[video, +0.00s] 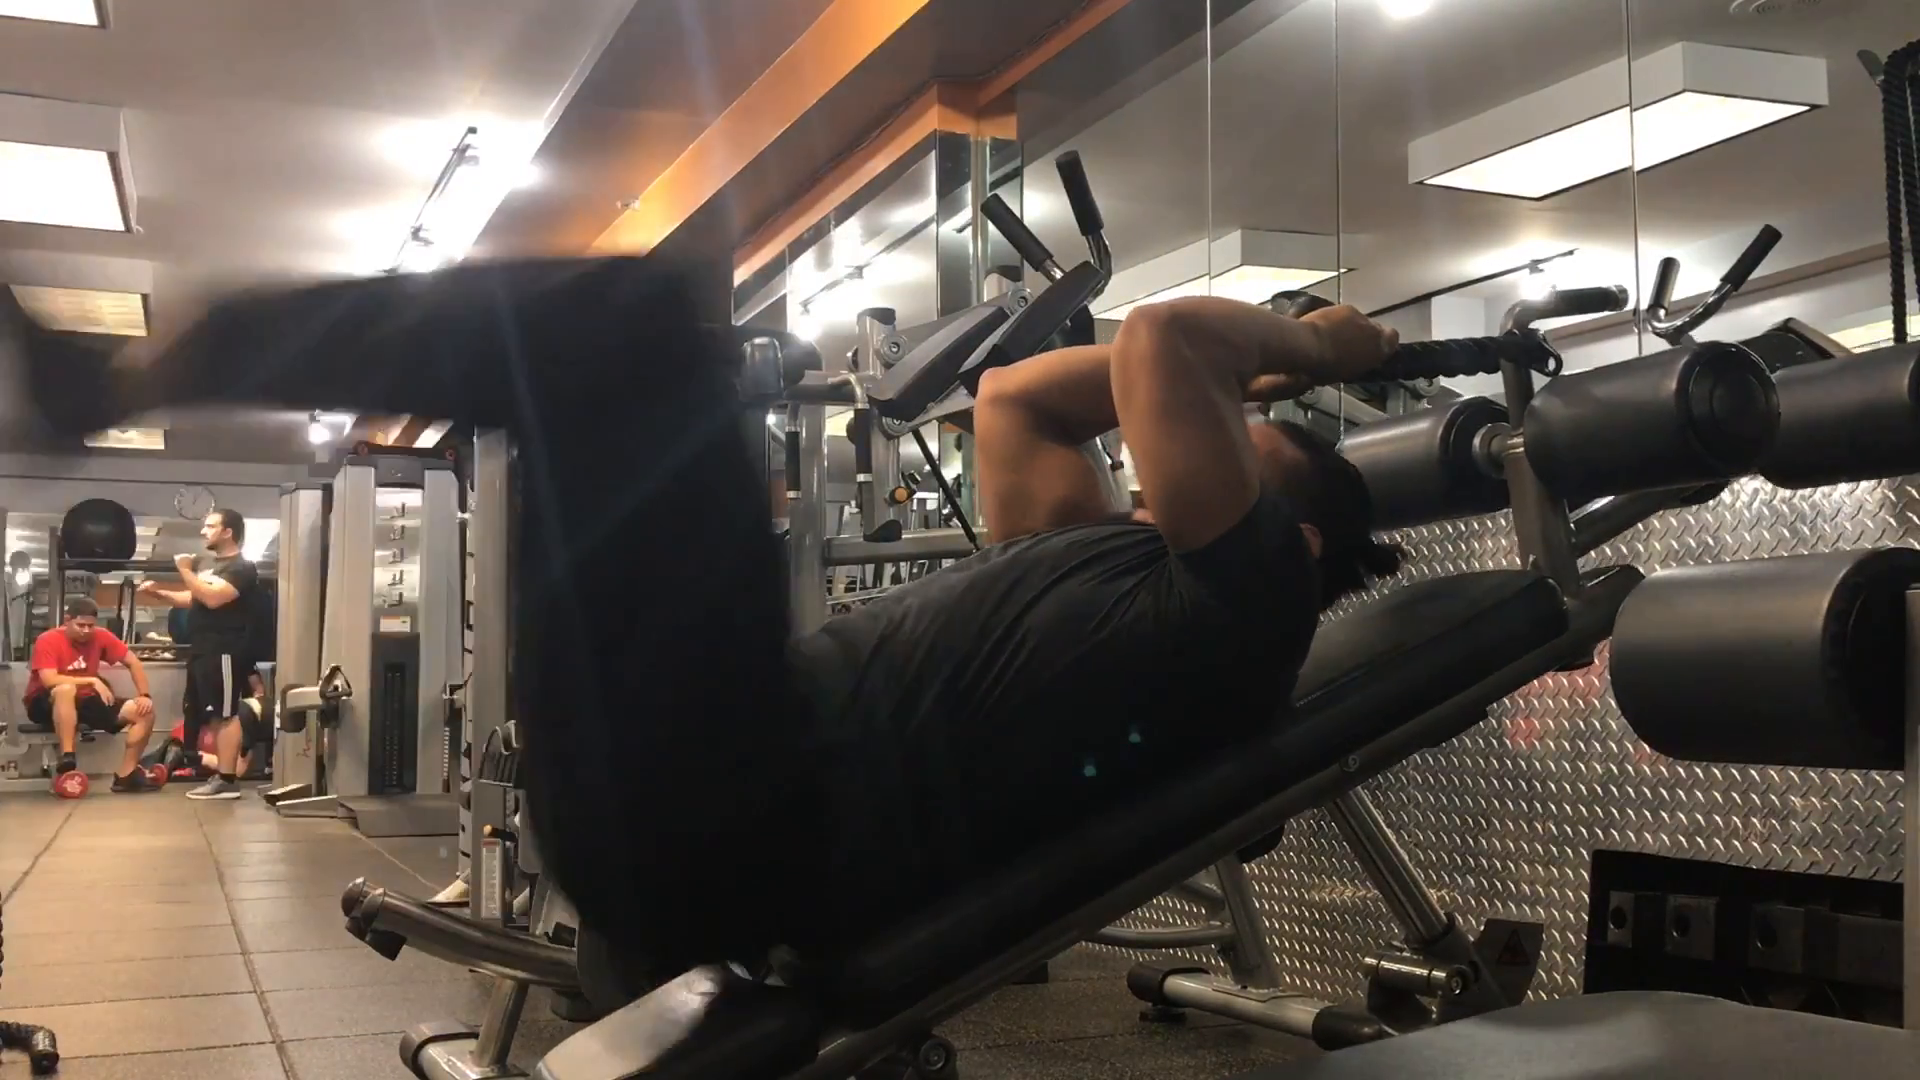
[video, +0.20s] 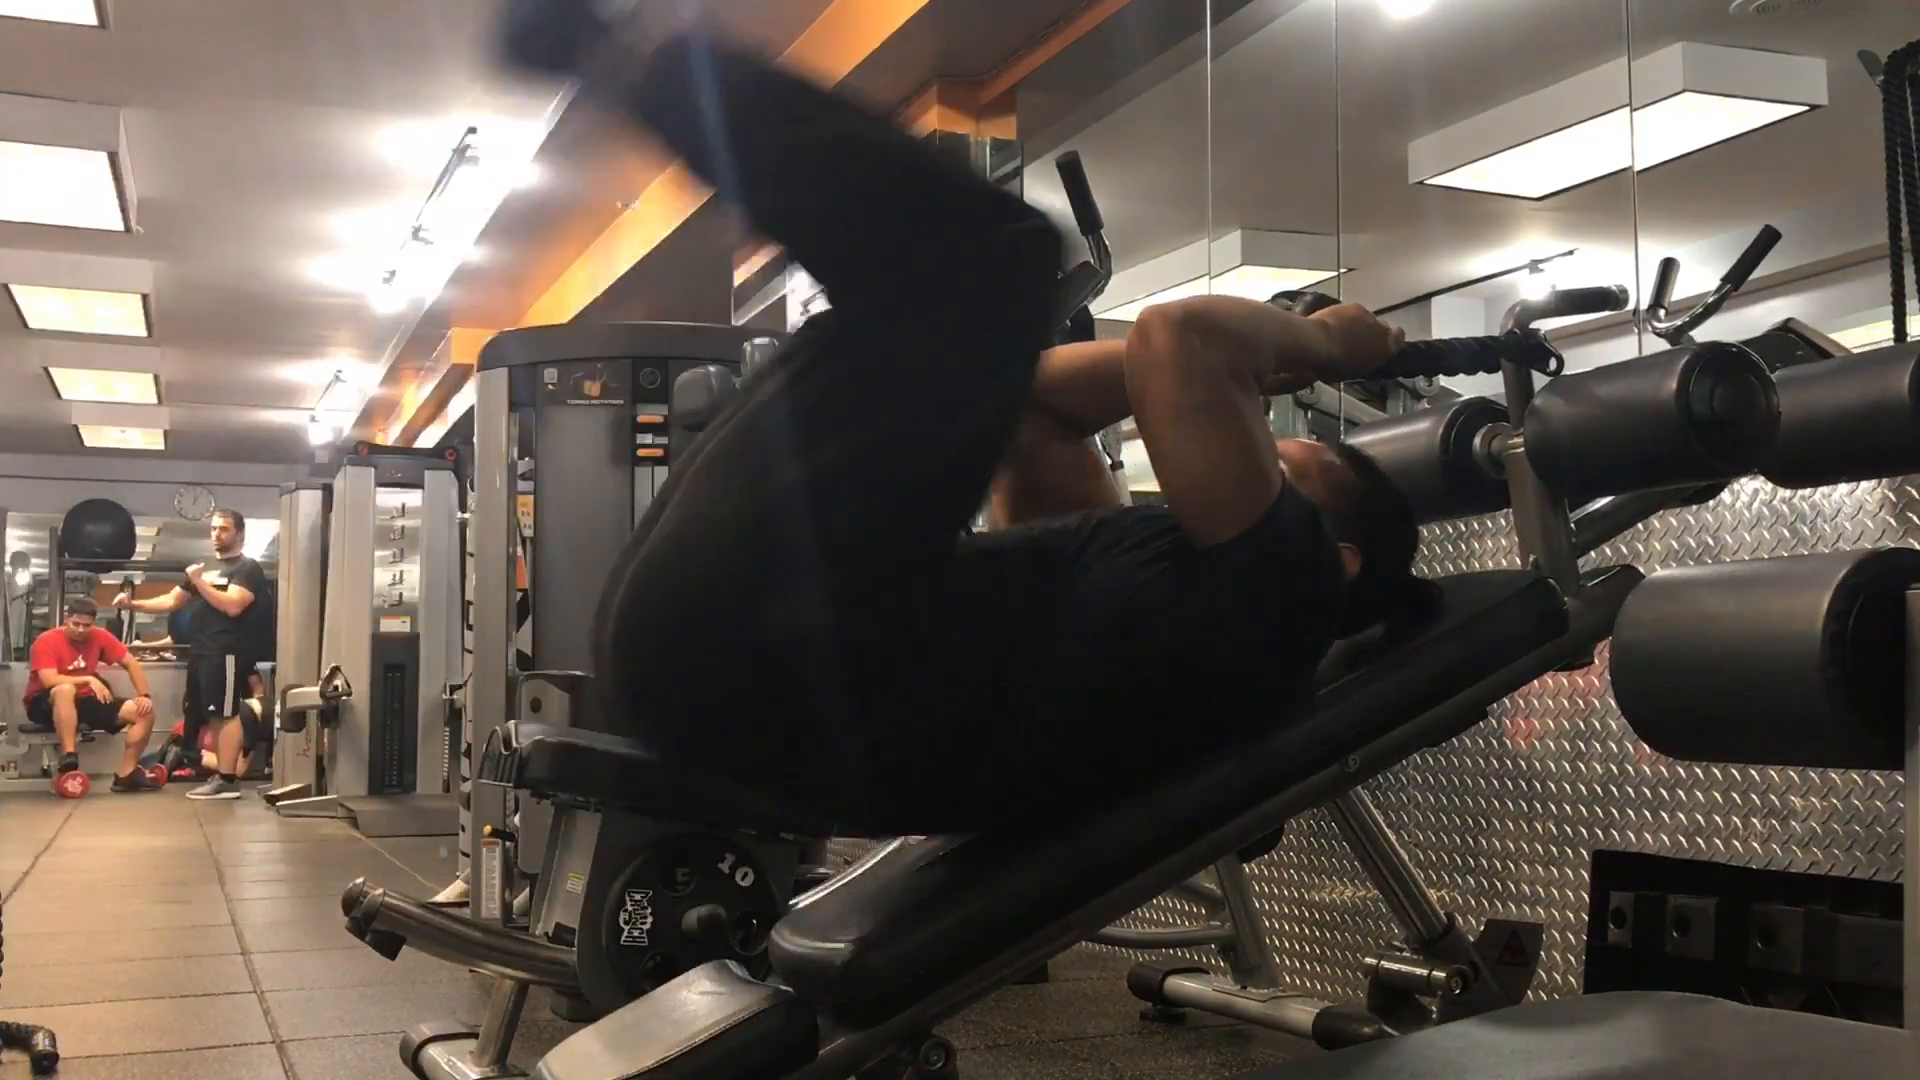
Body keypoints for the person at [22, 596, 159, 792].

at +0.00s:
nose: (85, 631)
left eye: (90, 626)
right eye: (80, 625)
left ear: (95, 623)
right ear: (67, 620)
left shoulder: (100, 636)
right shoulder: (48, 640)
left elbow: (133, 662)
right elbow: (49, 680)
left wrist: (144, 695)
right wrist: (93, 680)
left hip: (85, 704)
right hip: (45, 705)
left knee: (144, 711)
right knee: (65, 689)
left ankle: (126, 775)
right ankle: (68, 758)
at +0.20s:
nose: (80, 630)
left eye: (86, 625)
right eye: (76, 624)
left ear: (93, 623)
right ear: (66, 619)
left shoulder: (99, 636)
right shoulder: (47, 640)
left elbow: (131, 663)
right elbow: (49, 680)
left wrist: (144, 695)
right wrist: (88, 679)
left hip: (84, 703)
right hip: (44, 705)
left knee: (143, 711)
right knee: (65, 689)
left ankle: (126, 775)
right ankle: (69, 756)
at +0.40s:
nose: (81, 628)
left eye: (86, 623)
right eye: (76, 621)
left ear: (92, 621)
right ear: (65, 617)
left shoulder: (99, 639)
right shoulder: (44, 642)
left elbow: (122, 666)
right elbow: (43, 681)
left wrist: (141, 695)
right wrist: (76, 675)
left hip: (84, 702)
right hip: (43, 704)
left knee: (143, 711)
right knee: (66, 688)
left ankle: (127, 774)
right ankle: (73, 754)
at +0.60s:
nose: (82, 624)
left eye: (87, 620)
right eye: (77, 618)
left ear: (93, 620)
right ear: (66, 615)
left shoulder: (94, 643)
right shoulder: (42, 640)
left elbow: (101, 681)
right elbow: (30, 680)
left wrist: (129, 693)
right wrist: (58, 678)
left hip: (84, 702)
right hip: (44, 705)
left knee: (142, 711)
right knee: (69, 688)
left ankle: (126, 774)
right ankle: (74, 755)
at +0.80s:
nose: (81, 621)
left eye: (87, 617)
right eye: (77, 615)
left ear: (92, 619)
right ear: (65, 612)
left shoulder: (92, 643)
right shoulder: (40, 638)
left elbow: (95, 682)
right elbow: (16, 676)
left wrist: (120, 690)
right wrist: (46, 679)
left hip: (83, 702)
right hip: (43, 704)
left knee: (142, 712)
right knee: (71, 685)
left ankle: (127, 774)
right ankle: (72, 752)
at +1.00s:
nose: (80, 622)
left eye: (86, 618)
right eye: (76, 616)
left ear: (91, 619)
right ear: (63, 613)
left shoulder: (91, 644)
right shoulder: (39, 639)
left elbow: (95, 683)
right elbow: (17, 677)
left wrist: (121, 691)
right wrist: (47, 682)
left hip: (81, 702)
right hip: (42, 704)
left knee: (141, 711)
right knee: (70, 688)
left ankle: (127, 775)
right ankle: (73, 752)